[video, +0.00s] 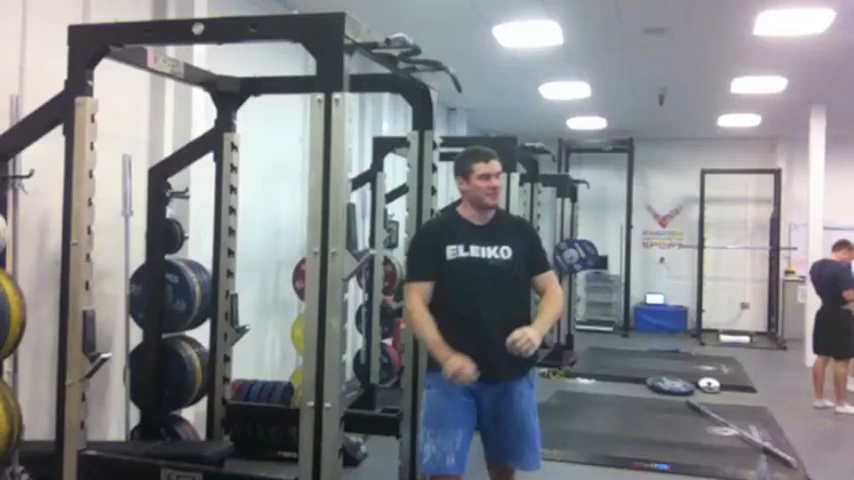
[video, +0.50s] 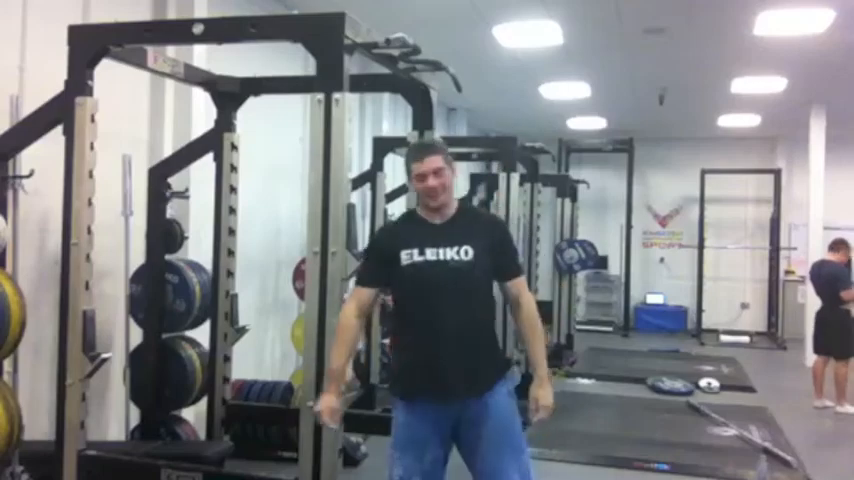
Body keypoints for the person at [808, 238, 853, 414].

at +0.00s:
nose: (849, 259)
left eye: (850, 255)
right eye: (849, 255)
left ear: (834, 250)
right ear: (844, 252)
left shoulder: (817, 266)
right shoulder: (842, 269)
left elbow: (820, 291)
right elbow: (848, 294)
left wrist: (836, 297)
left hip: (824, 311)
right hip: (841, 314)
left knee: (822, 357)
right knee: (841, 361)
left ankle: (818, 398)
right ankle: (841, 402)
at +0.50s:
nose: (847, 259)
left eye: (847, 256)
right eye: (846, 255)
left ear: (830, 250)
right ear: (841, 252)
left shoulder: (816, 267)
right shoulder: (840, 269)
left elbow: (822, 292)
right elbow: (846, 295)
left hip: (823, 311)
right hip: (840, 313)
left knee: (822, 357)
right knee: (842, 361)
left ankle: (818, 398)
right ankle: (841, 402)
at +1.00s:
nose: (846, 255)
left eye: (846, 251)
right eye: (845, 251)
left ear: (829, 249)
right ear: (838, 249)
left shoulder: (816, 266)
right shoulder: (838, 268)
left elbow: (821, 291)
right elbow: (842, 294)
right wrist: (853, 294)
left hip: (822, 311)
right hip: (839, 314)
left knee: (821, 357)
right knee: (841, 361)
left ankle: (818, 398)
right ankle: (841, 401)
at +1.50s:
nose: (848, 253)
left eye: (848, 249)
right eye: (847, 249)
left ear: (830, 248)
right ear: (841, 249)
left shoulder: (816, 268)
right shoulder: (839, 270)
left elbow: (812, 292)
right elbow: (845, 295)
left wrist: (830, 296)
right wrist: (853, 296)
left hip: (822, 316)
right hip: (840, 318)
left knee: (821, 357)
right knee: (841, 361)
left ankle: (818, 397)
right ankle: (841, 401)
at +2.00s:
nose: (850, 252)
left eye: (850, 248)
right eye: (849, 248)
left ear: (830, 248)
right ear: (841, 249)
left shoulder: (817, 269)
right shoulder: (846, 273)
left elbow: (818, 297)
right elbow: (850, 297)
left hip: (822, 317)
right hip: (842, 320)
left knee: (821, 357)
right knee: (841, 361)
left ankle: (818, 397)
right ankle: (841, 401)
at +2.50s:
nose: (853, 252)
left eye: (852, 248)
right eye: (851, 248)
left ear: (838, 248)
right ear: (843, 248)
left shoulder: (823, 269)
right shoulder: (847, 273)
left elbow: (822, 298)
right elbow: (849, 300)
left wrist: (831, 311)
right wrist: (847, 315)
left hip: (827, 318)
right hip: (845, 321)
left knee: (824, 357)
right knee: (847, 361)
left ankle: (820, 398)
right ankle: (845, 402)